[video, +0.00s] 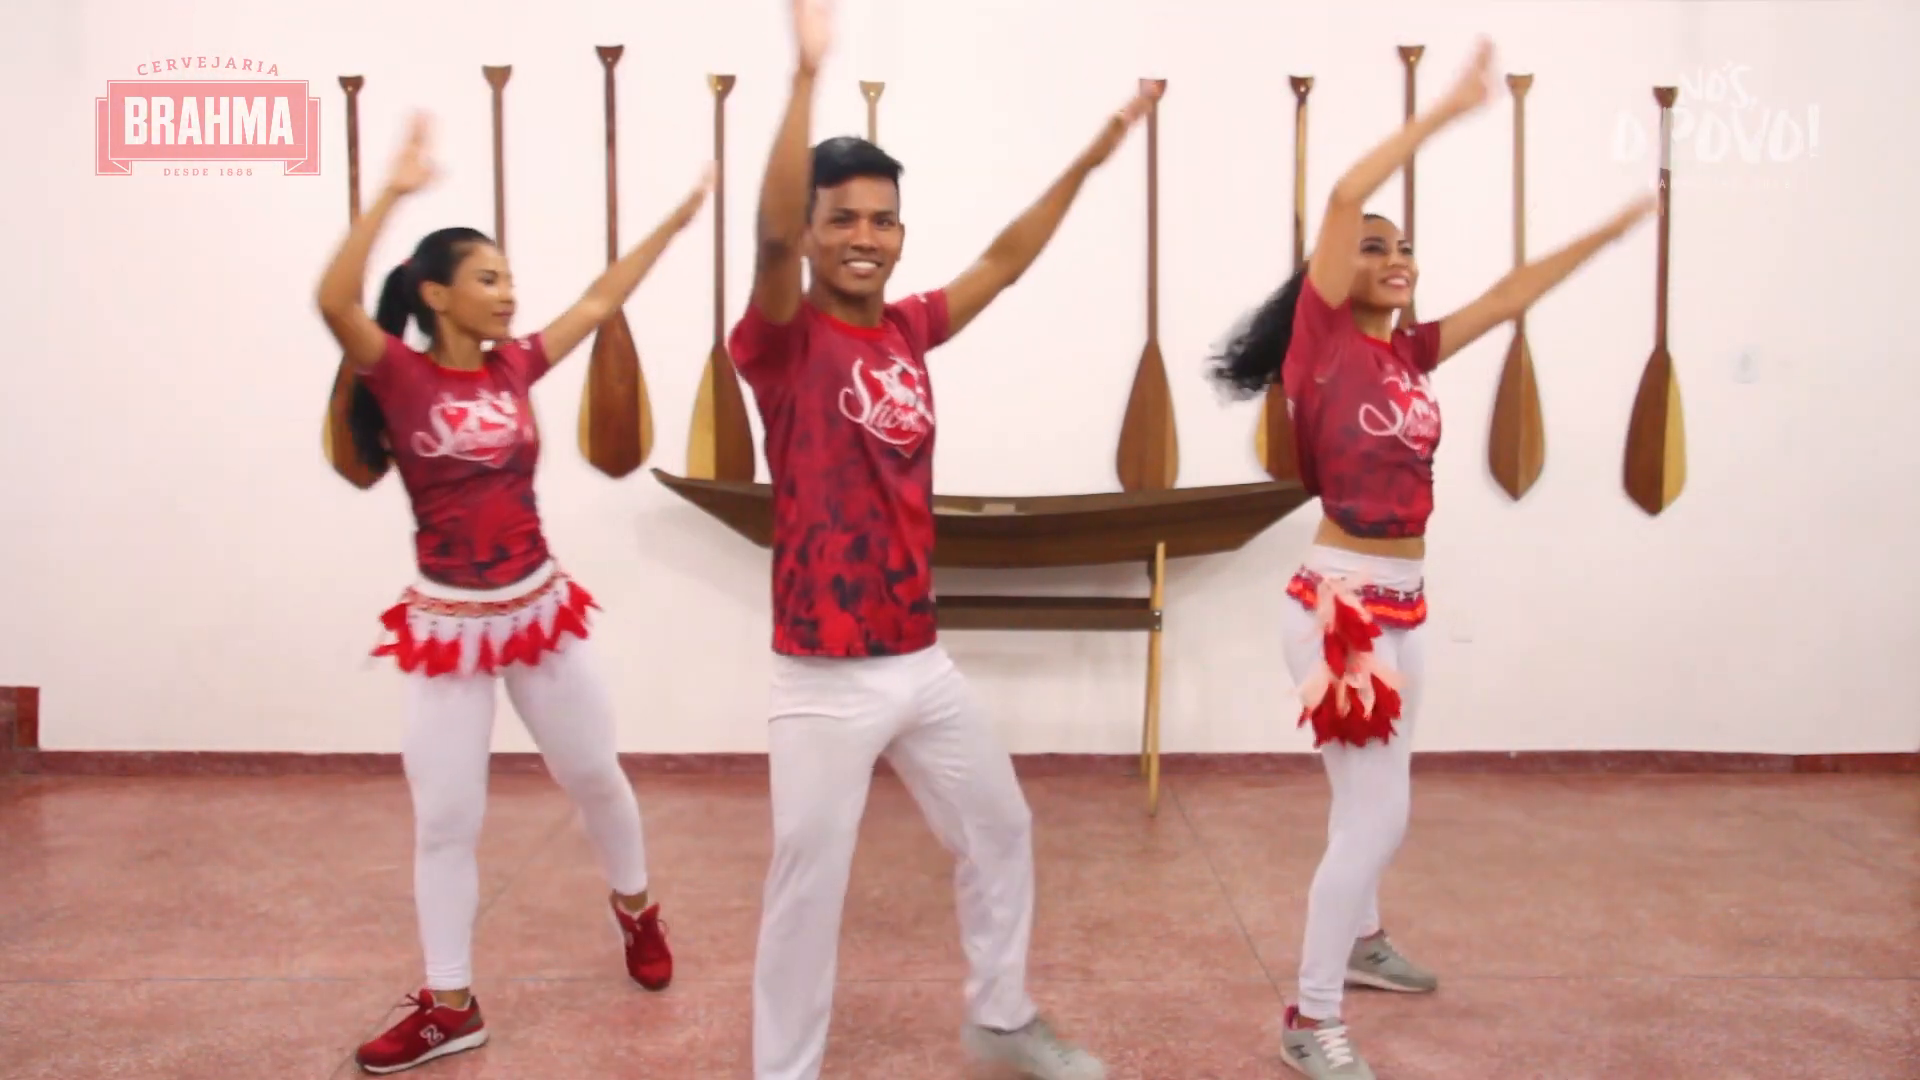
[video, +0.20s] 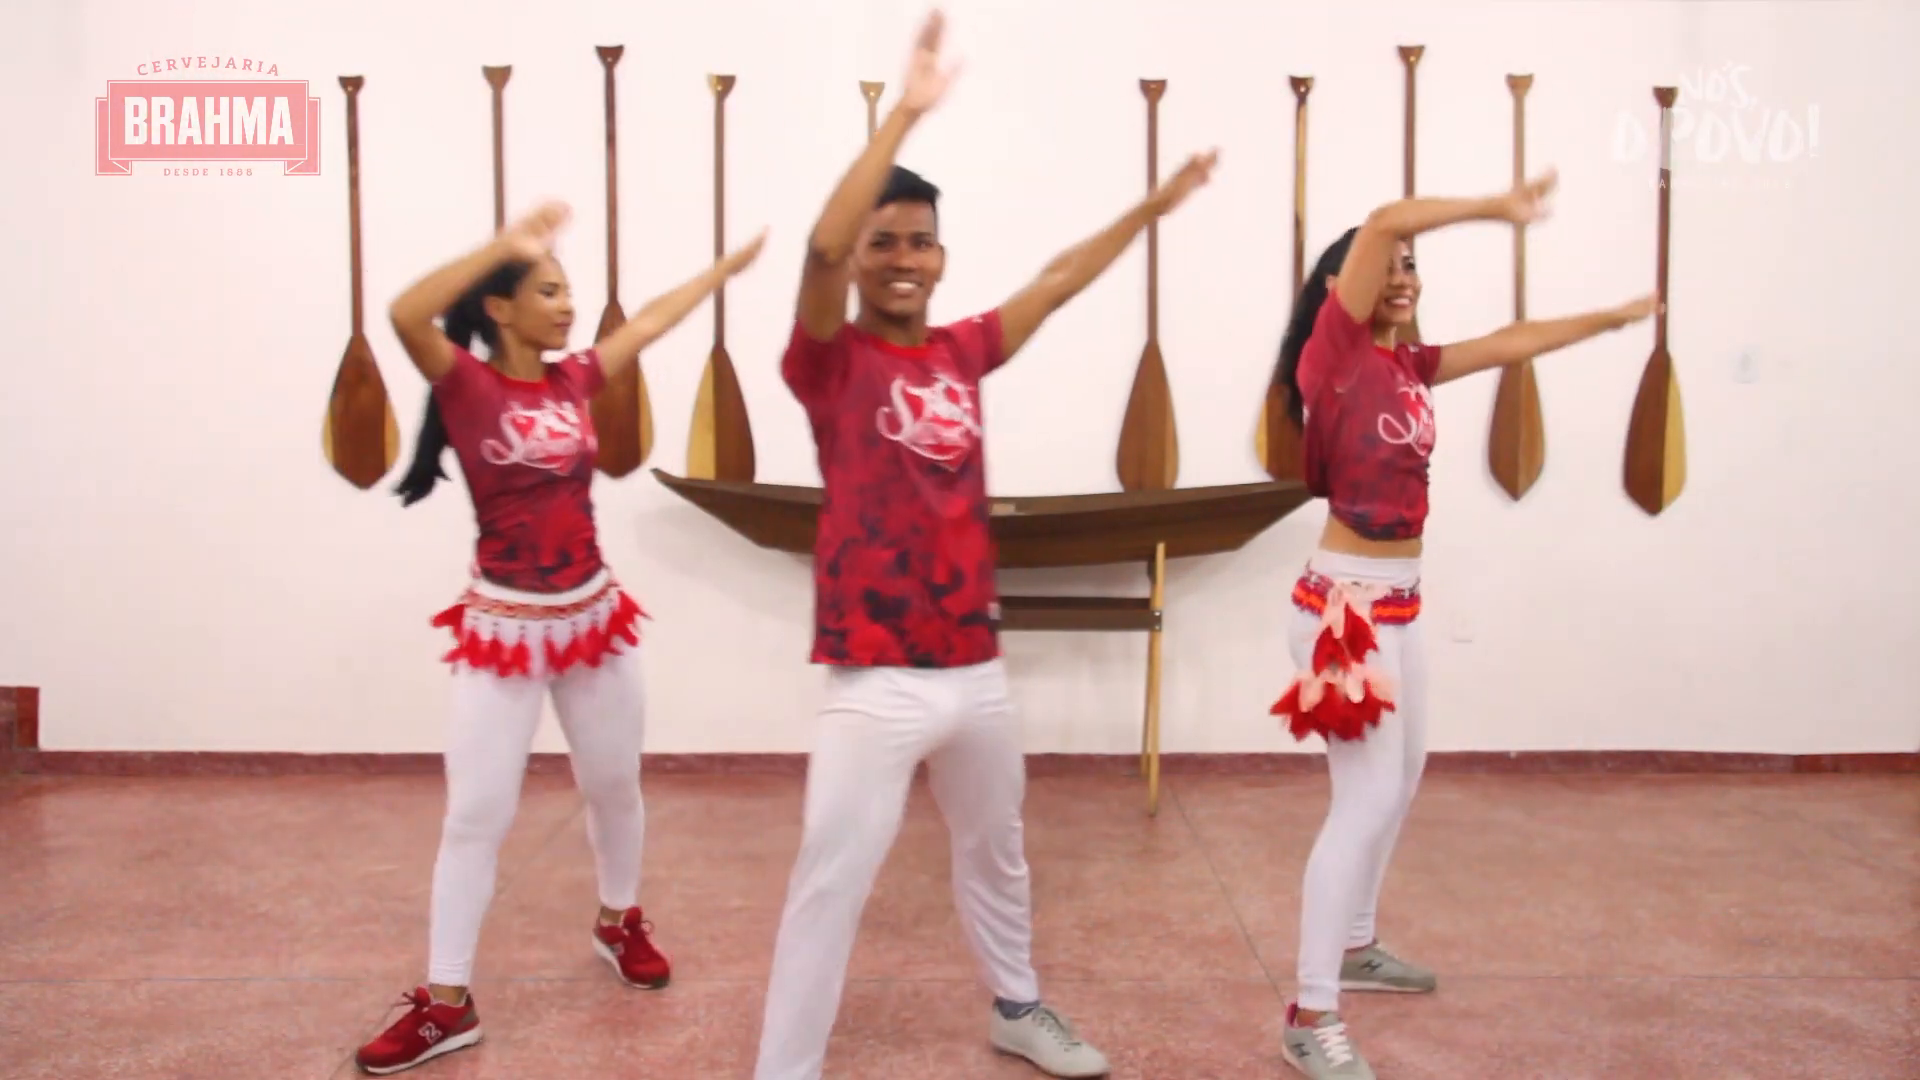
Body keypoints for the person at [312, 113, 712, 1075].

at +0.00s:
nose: (506, 290)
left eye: (505, 276)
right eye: (486, 278)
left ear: (498, 293)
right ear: (433, 295)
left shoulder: (514, 367)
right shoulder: (399, 377)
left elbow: (603, 298)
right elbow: (335, 302)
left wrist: (677, 219)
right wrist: (389, 193)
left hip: (539, 615)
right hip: (448, 628)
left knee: (596, 779)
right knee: (444, 820)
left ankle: (636, 906)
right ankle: (449, 1000)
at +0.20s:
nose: (566, 304)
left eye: (567, 291)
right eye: (548, 292)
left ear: (564, 302)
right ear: (500, 307)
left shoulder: (579, 377)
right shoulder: (467, 386)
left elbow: (648, 324)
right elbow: (410, 314)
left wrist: (723, 266)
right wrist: (508, 243)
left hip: (595, 624)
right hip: (502, 629)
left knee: (615, 786)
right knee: (474, 814)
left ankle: (621, 921)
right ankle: (446, 998)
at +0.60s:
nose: (627, 308)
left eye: (638, 298)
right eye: (610, 298)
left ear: (653, 315)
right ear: (578, 314)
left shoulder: (657, 396)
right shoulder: (539, 380)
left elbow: (753, 363)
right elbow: (457, 303)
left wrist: (845, 327)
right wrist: (558, 277)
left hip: (637, 616)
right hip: (547, 611)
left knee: (642, 789)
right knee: (508, 772)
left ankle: (616, 927)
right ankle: (490, 908)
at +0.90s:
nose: (607, 300)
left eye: (622, 289)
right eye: (592, 291)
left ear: (649, 311)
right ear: (574, 312)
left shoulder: (662, 390)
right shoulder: (544, 373)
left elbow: (754, 337)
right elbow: (453, 321)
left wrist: (816, 275)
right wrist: (493, 284)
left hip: (633, 608)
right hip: (545, 606)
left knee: (632, 780)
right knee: (522, 777)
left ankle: (616, 927)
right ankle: (536, 908)